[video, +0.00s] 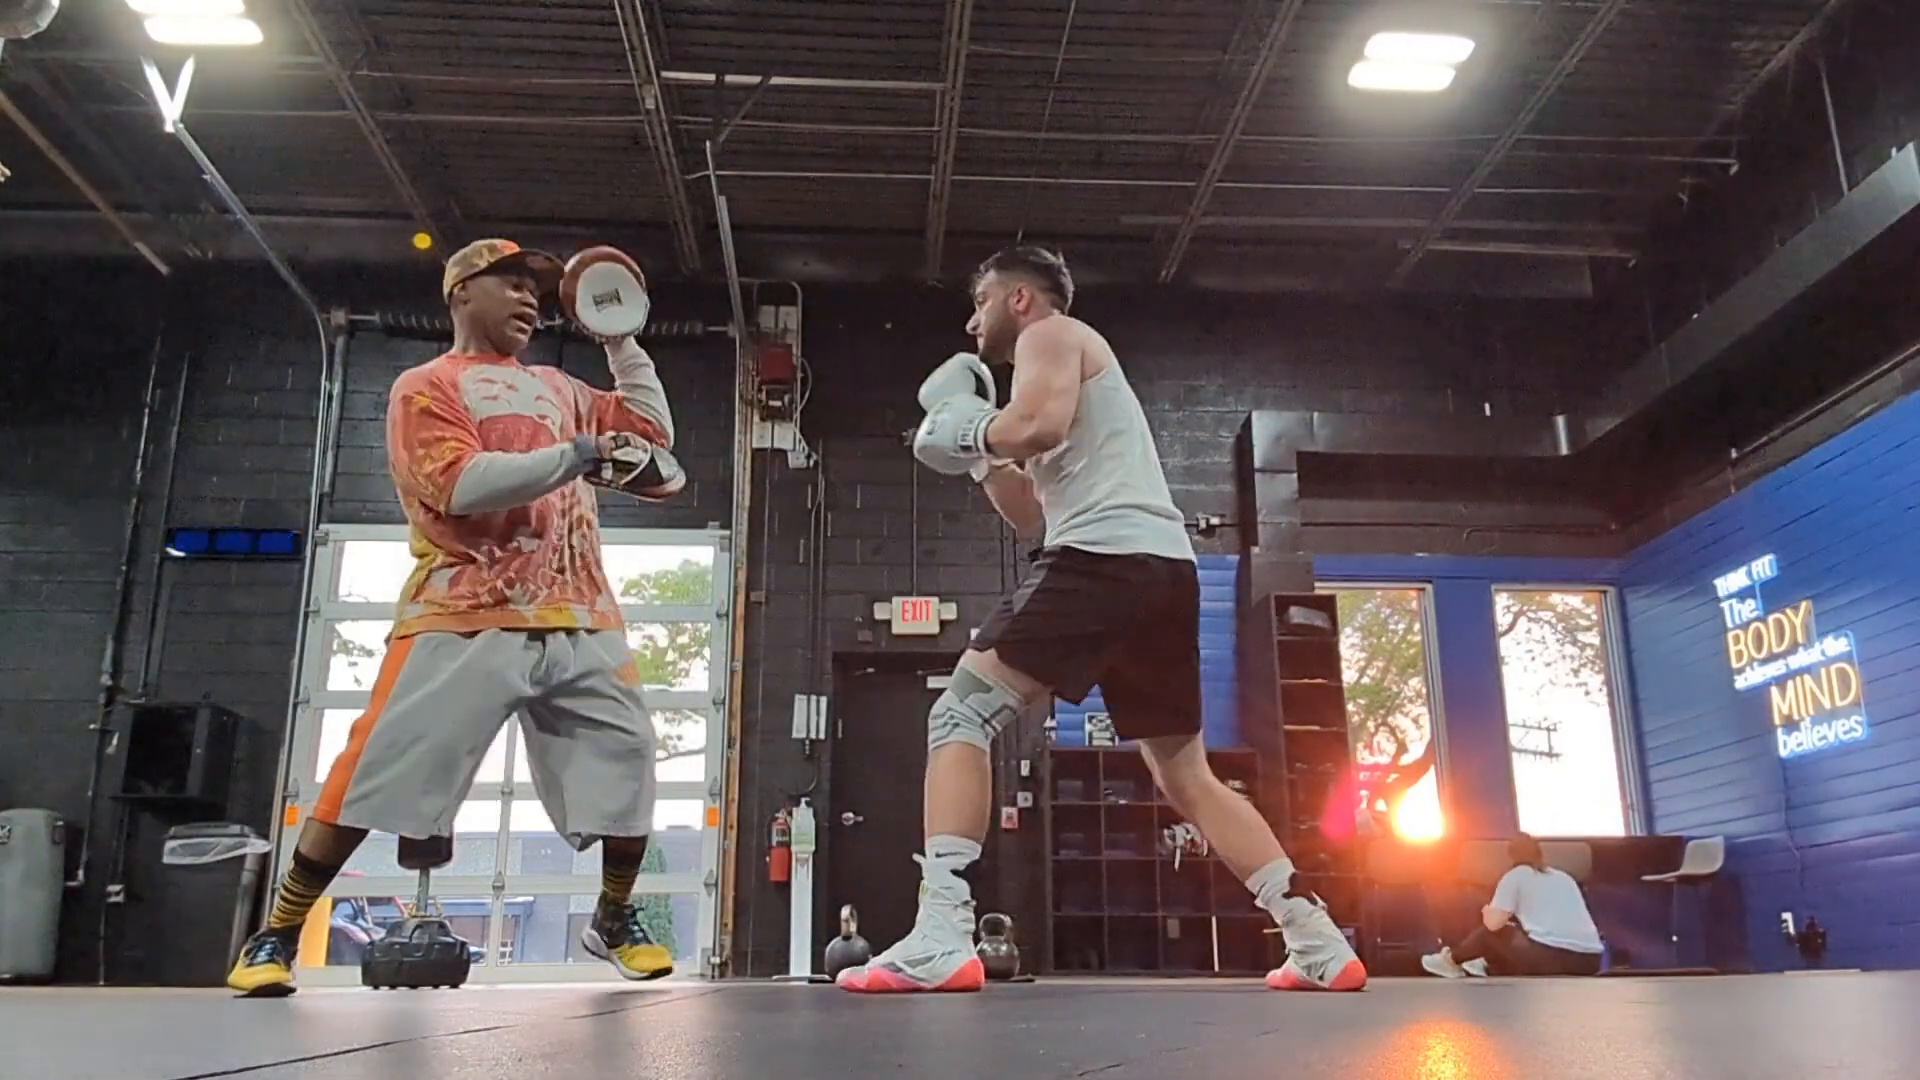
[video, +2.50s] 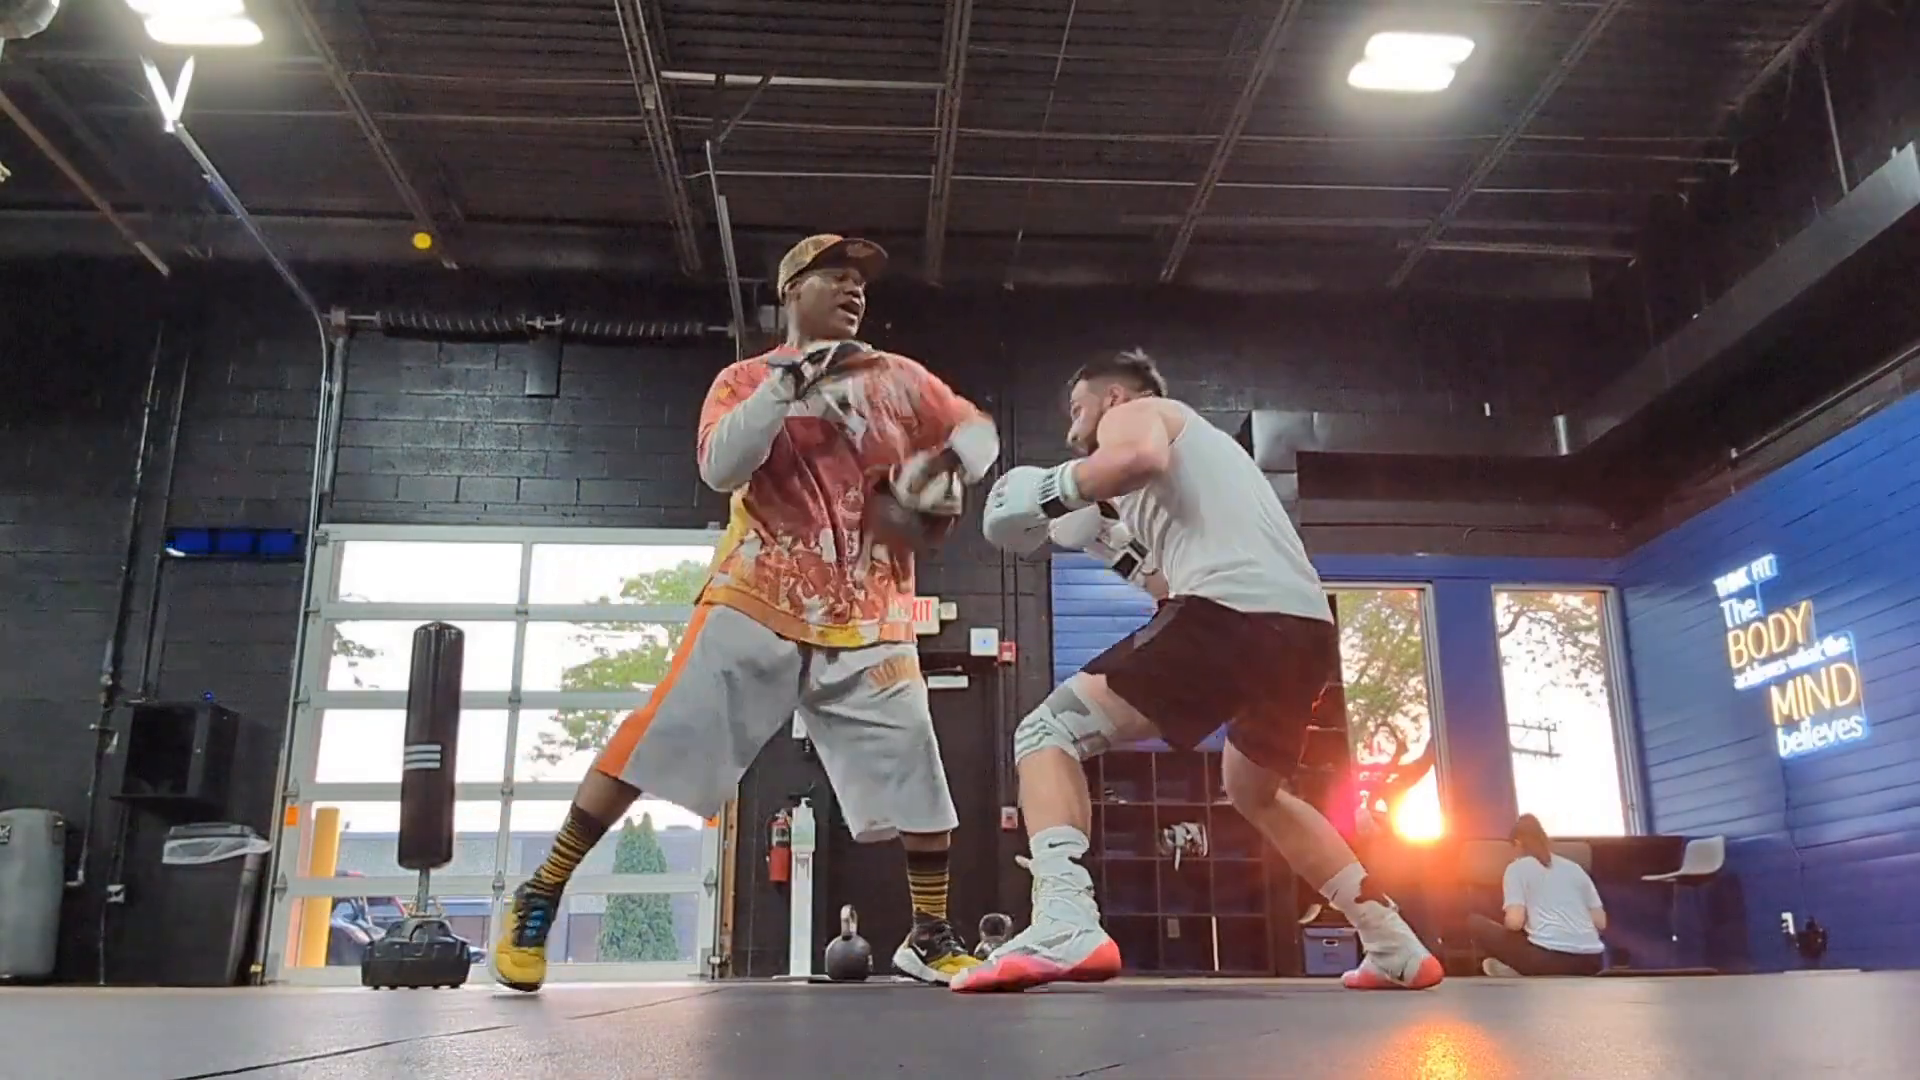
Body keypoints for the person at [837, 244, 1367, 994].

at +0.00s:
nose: (974, 320)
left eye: (980, 302)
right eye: (973, 307)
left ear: (1021, 296)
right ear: (1036, 303)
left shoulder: (1048, 331)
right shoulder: (1073, 372)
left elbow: (1038, 422)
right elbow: (1030, 516)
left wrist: (964, 427)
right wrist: (976, 446)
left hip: (1103, 559)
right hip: (1166, 569)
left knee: (963, 713)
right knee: (1187, 775)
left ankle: (941, 935)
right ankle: (1316, 939)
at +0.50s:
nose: (1039, 306)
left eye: (1048, 297)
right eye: (1041, 298)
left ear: (1080, 293)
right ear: (1118, 303)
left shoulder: (1067, 313)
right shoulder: (1167, 368)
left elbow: (966, 292)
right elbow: (1160, 450)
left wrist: (906, 287)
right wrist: (1069, 437)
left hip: (1112, 522)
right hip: (1205, 531)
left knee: (1008, 711)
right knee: (1229, 747)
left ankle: (990, 917)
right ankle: (1335, 930)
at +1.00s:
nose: (984, 245)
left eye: (995, 227)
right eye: (984, 233)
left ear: (1044, 222)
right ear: (1036, 232)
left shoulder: (1111, 282)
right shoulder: (1021, 318)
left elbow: (1117, 382)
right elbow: (947, 401)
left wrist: (1018, 345)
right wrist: (917, 338)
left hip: (1121, 534)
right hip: (1092, 539)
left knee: (1013, 704)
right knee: (1168, 749)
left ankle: (999, 936)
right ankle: (1323, 889)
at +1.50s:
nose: (1027, 364)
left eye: (1027, 348)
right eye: (1024, 352)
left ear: (1057, 326)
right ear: (1101, 322)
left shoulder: (1077, 363)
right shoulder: (1178, 377)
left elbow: (1001, 463)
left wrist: (906, 482)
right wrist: (914, 487)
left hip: (1178, 557)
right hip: (1270, 568)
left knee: (1040, 724)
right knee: (1271, 771)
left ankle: (992, 929)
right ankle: (1404, 933)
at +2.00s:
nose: (1023, 252)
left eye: (1031, 234)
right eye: (1020, 240)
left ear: (1080, 225)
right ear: (1072, 235)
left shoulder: (1136, 275)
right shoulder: (1083, 342)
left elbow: (1147, 350)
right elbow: (1009, 433)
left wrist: (1047, 347)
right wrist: (949, 373)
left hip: (1171, 527)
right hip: (1190, 536)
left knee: (1055, 698)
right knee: (1223, 757)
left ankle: (1072, 935)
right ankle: (1380, 915)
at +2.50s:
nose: (1072, 429)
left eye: (1078, 409)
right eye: (1069, 416)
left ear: (1117, 392)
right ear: (1131, 398)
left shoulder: (1143, 408)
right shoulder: (1213, 456)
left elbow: (1137, 457)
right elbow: (1182, 592)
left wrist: (1052, 487)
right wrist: (1119, 545)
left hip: (1228, 610)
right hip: (1310, 630)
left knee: (1047, 732)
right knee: (1254, 788)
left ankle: (1064, 921)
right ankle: (1393, 943)